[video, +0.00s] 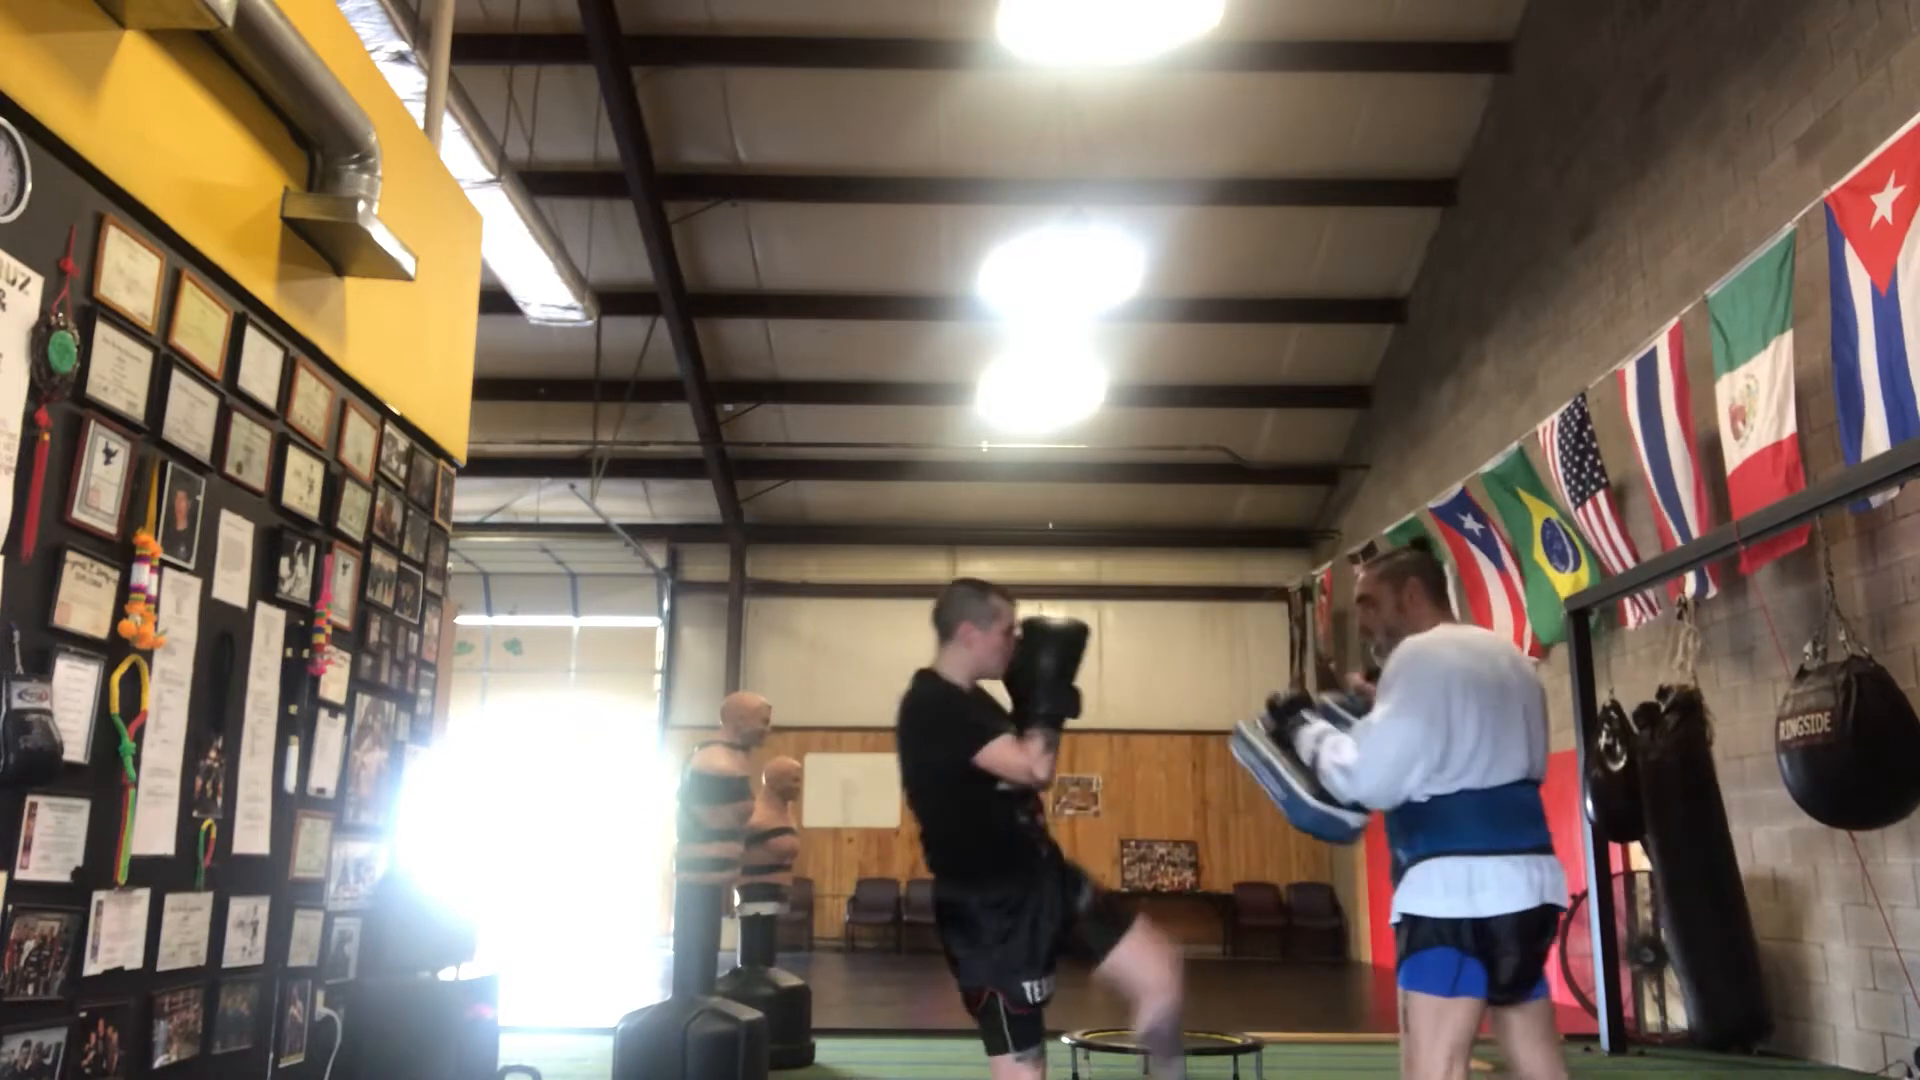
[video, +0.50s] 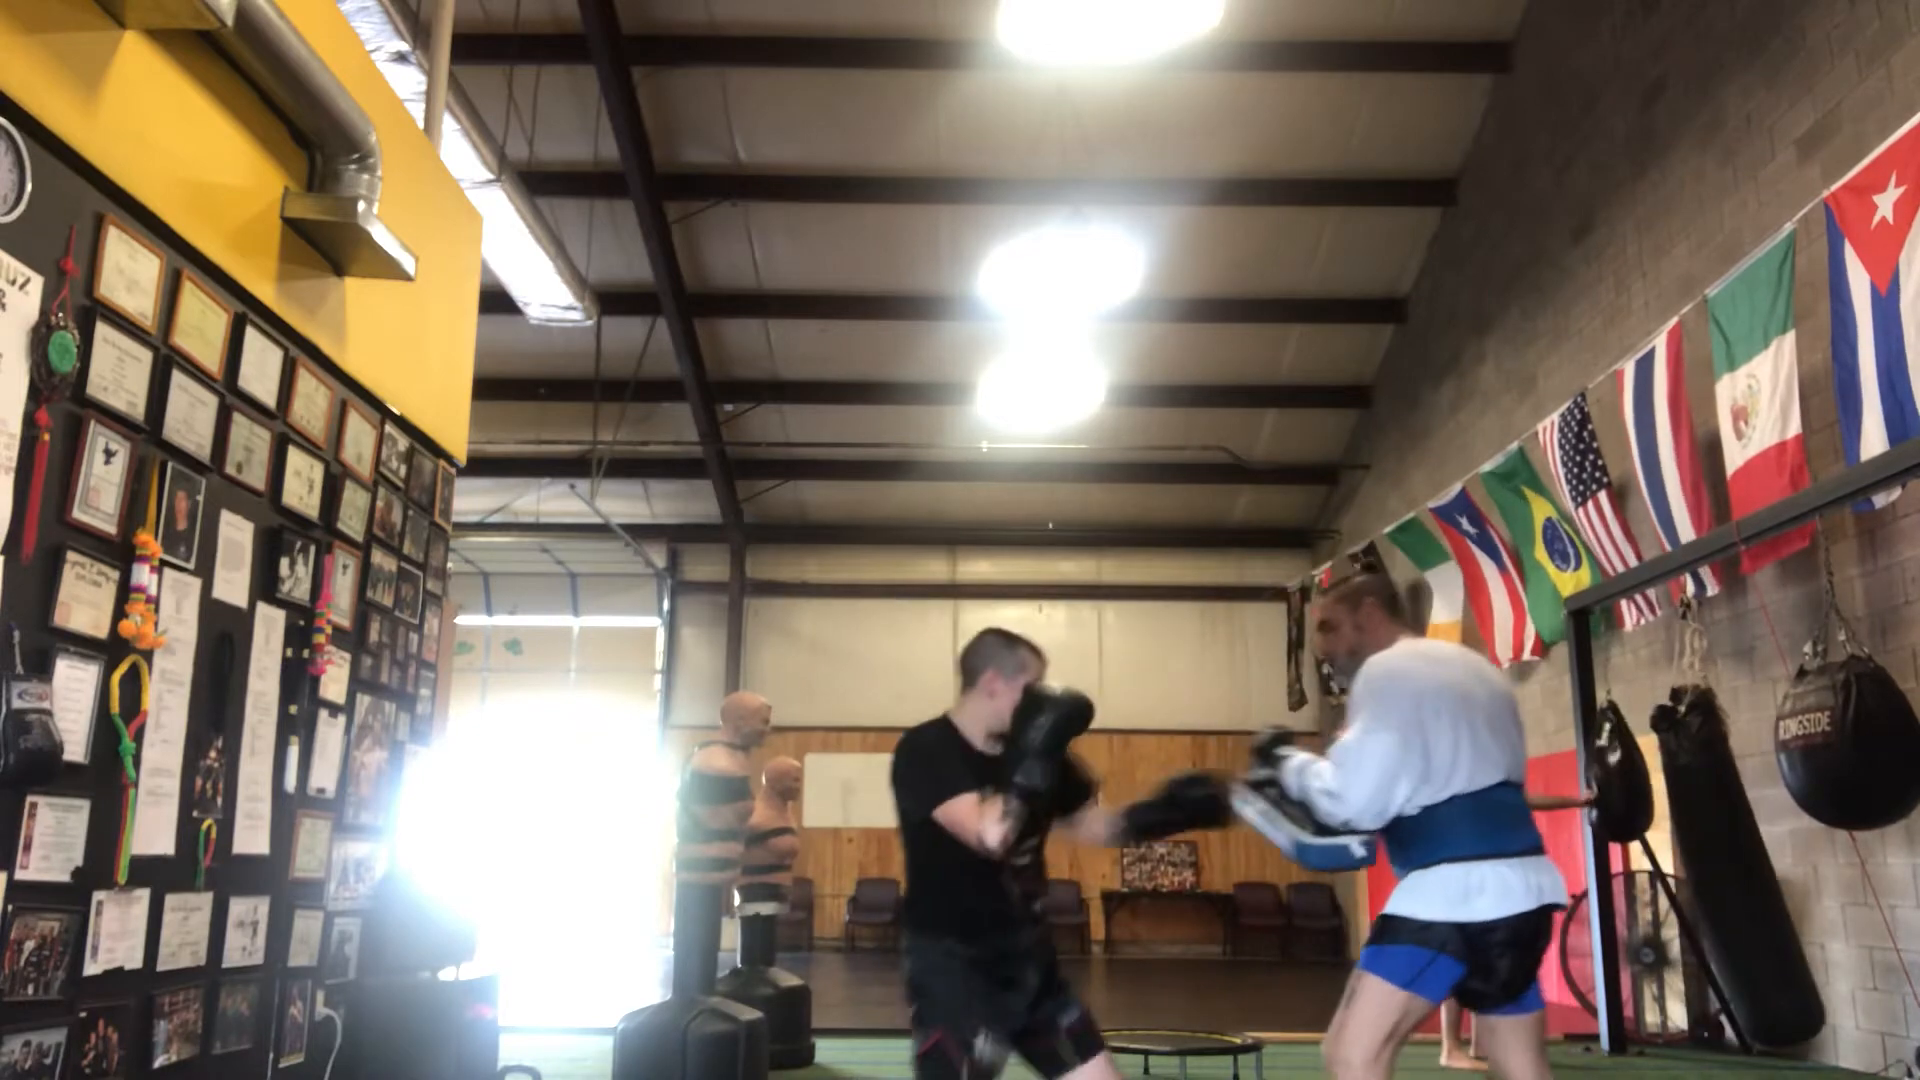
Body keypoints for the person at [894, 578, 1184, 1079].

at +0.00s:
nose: (1014, 642)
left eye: (1013, 632)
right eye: (1006, 631)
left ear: (969, 633)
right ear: (969, 633)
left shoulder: (973, 699)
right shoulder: (932, 706)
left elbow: (1027, 765)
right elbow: (1034, 767)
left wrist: (1028, 691)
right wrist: (1049, 683)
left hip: (1043, 883)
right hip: (987, 907)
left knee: (1158, 970)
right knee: (1020, 1070)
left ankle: (1165, 1071)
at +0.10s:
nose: (1040, 644)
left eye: (1039, 633)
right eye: (1031, 633)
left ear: (997, 639)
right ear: (995, 638)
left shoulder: (1002, 706)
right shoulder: (955, 709)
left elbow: (1047, 778)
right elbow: (1049, 775)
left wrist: (1069, 698)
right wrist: (1070, 695)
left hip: (1042, 909)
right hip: (986, 920)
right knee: (1016, 1070)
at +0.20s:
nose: (1063, 651)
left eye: (1063, 640)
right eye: (1056, 639)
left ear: (1024, 640)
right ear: (1020, 638)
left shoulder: (1038, 705)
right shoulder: (968, 700)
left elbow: (1085, 783)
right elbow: (1046, 778)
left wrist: (1122, 723)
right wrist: (1076, 698)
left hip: (1042, 904)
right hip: (979, 909)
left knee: (1072, 1066)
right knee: (1008, 1068)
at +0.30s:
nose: (1069, 657)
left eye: (1071, 647)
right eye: (1062, 645)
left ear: (1032, 646)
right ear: (1026, 644)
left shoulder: (1051, 711)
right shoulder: (963, 696)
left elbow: (1114, 783)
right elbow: (1028, 773)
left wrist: (1172, 736)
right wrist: (1065, 700)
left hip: (1040, 910)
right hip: (970, 911)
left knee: (1082, 1070)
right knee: (1000, 1070)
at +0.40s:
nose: (1060, 677)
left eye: (1061, 666)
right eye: (1052, 664)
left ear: (1018, 660)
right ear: (1014, 659)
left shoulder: (1051, 726)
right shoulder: (945, 721)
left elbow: (1132, 788)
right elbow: (1007, 800)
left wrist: (1208, 768)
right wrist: (1052, 721)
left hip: (1032, 929)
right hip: (963, 933)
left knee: (1101, 1071)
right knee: (981, 1071)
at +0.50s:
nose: (1037, 698)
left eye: (1038, 686)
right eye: (1030, 685)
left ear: (997, 685)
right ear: (992, 683)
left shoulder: (1025, 753)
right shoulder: (923, 750)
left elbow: (1093, 827)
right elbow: (992, 834)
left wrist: (1169, 812)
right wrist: (1038, 752)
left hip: (1024, 959)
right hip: (952, 968)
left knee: (1097, 1072)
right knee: (953, 1072)